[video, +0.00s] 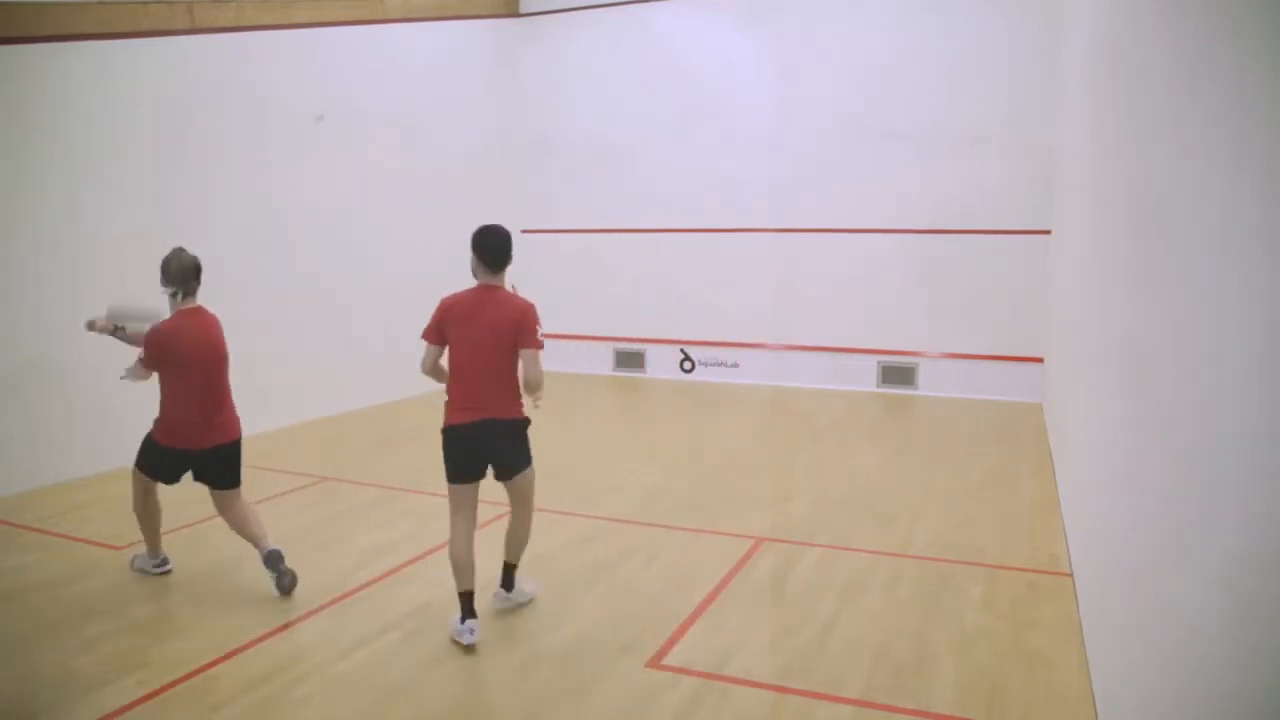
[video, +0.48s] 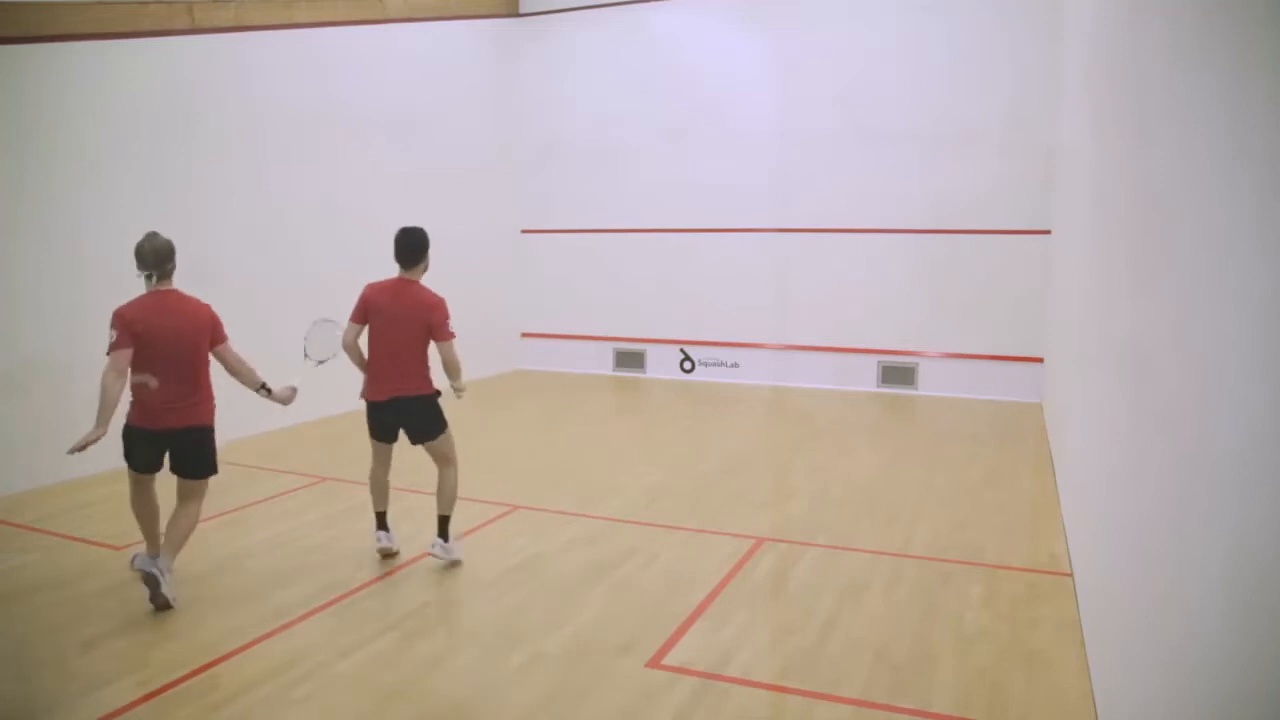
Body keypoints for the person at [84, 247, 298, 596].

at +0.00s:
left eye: (163, 280)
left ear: (166, 283)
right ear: (199, 281)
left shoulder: (161, 334)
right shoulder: (212, 323)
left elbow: (143, 372)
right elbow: (156, 340)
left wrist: (133, 371)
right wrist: (113, 330)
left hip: (175, 438)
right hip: (223, 436)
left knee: (143, 479)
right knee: (231, 502)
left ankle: (155, 555)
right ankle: (268, 550)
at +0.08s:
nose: (151, 282)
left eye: (153, 278)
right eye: (154, 278)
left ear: (158, 284)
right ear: (189, 283)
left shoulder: (149, 334)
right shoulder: (204, 324)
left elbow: (130, 386)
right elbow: (160, 337)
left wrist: (117, 403)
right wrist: (107, 343)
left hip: (163, 439)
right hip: (210, 439)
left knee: (133, 477)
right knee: (218, 499)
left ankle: (155, 555)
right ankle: (257, 547)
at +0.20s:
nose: (140, 277)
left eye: (141, 273)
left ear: (143, 280)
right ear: (178, 278)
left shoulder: (133, 330)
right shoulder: (195, 322)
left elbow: (119, 390)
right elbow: (189, 374)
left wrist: (104, 435)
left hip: (151, 432)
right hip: (198, 430)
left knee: (127, 477)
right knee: (210, 486)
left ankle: (155, 554)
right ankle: (237, 543)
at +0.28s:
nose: (140, 276)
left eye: (140, 271)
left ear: (138, 276)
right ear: (173, 275)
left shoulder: (128, 327)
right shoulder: (189, 317)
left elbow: (113, 390)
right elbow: (203, 356)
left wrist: (96, 444)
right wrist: (223, 368)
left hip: (146, 430)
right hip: (195, 426)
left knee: (125, 480)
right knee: (205, 481)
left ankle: (154, 555)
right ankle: (221, 542)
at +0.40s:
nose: (134, 269)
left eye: (134, 265)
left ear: (136, 270)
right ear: (170, 267)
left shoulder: (125, 319)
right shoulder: (194, 313)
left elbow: (113, 379)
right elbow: (227, 361)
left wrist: (96, 435)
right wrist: (262, 385)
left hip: (144, 425)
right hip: (193, 423)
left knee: (132, 480)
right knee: (195, 487)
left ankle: (155, 554)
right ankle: (183, 548)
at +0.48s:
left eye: (142, 264)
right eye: (169, 258)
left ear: (139, 268)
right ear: (174, 264)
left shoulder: (128, 316)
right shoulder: (201, 312)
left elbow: (116, 373)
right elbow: (233, 364)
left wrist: (100, 426)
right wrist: (270, 392)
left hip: (145, 428)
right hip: (195, 427)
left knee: (142, 483)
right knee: (190, 498)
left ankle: (154, 556)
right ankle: (162, 565)